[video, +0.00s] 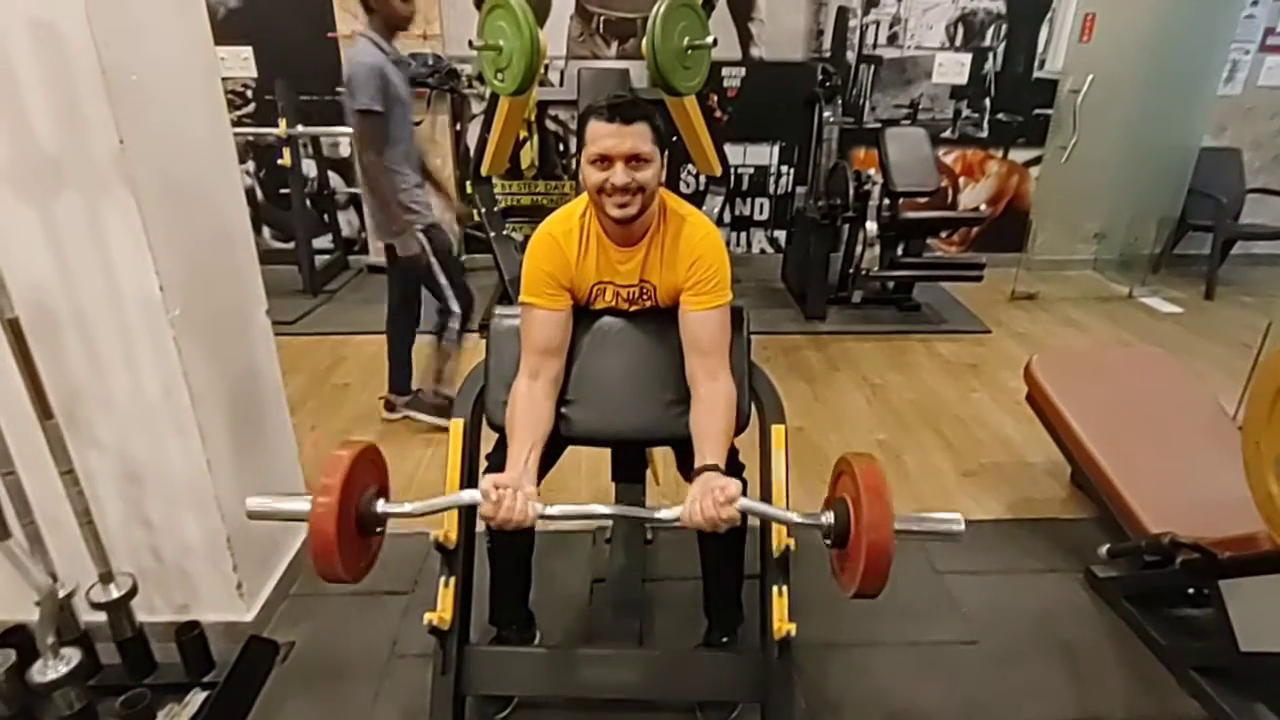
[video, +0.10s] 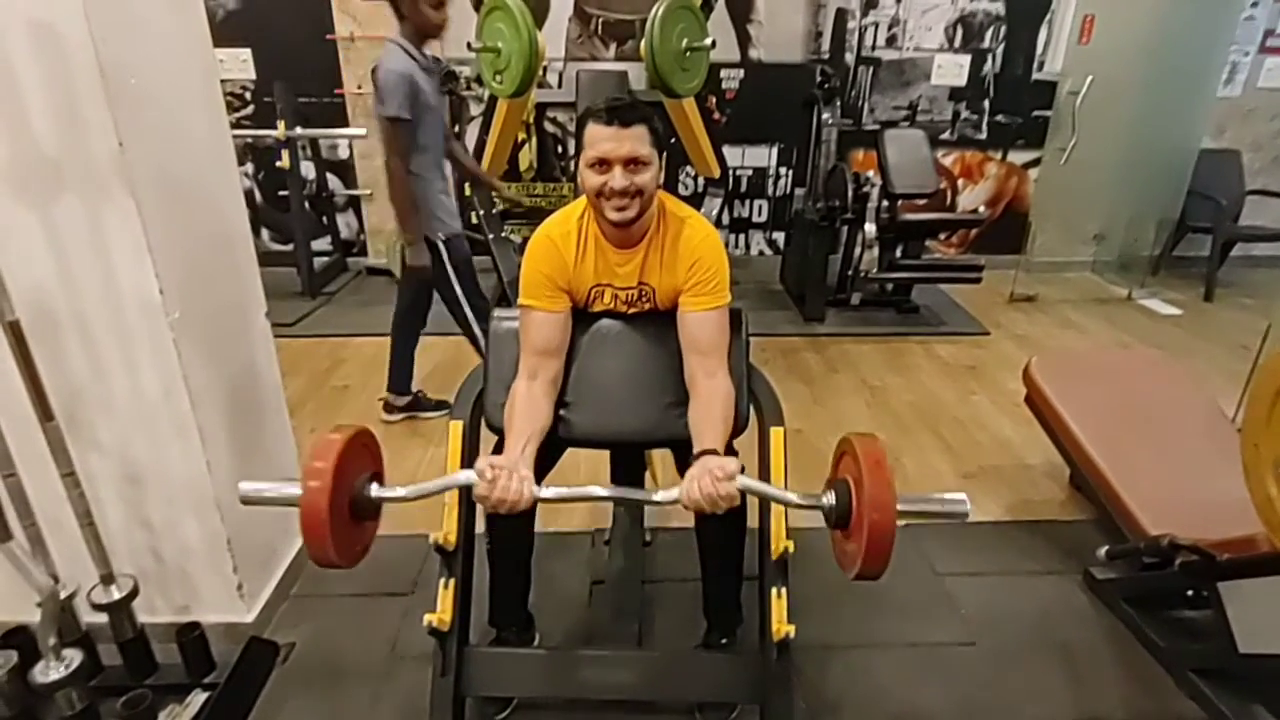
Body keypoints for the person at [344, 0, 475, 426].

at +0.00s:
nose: (411, 8)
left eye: (410, 2)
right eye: (402, 1)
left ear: (380, 9)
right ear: (375, 5)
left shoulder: (384, 56)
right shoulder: (366, 62)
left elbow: (406, 143)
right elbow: (368, 154)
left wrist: (444, 192)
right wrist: (400, 223)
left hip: (404, 209)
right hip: (402, 214)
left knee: (403, 303)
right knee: (459, 299)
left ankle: (399, 392)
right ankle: (434, 393)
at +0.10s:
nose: (443, 13)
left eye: (443, 5)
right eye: (433, 5)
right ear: (404, 8)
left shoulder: (422, 64)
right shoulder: (395, 70)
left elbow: (445, 141)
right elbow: (396, 160)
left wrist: (491, 181)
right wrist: (414, 239)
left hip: (432, 220)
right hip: (430, 224)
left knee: (410, 312)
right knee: (477, 319)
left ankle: (399, 394)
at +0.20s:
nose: (466, 19)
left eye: (467, 11)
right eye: (457, 10)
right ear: (428, 11)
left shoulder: (439, 68)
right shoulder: (417, 75)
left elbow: (469, 147)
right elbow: (417, 166)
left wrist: (523, 186)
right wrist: (432, 241)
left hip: (453, 215)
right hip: (454, 219)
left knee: (428, 309)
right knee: (500, 313)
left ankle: (403, 393)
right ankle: (525, 398)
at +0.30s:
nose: (501, 21)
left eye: (502, 11)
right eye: (491, 10)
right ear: (461, 11)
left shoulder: (473, 69)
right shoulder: (457, 77)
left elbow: (498, 148)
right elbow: (453, 170)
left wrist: (542, 191)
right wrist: (469, 242)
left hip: (493, 212)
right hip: (488, 216)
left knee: (470, 298)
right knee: (510, 307)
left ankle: (421, 378)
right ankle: (508, 392)